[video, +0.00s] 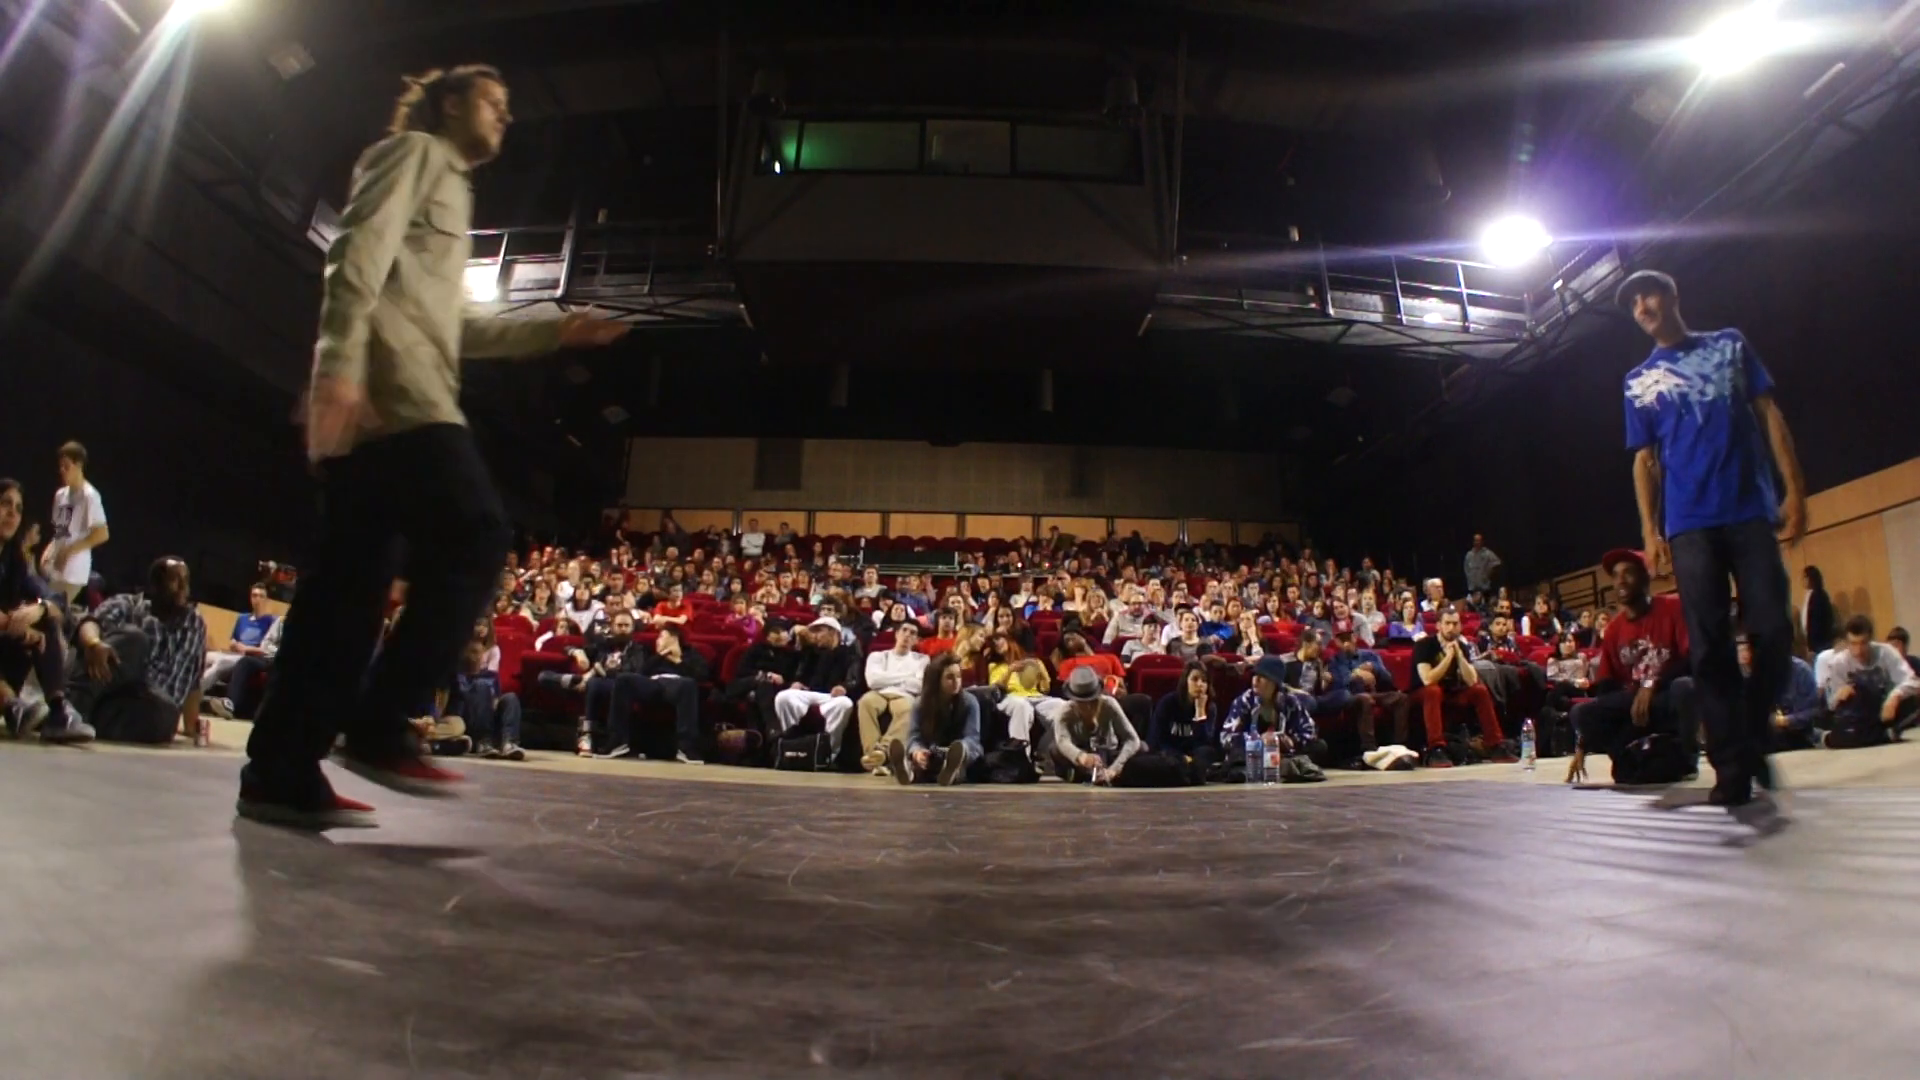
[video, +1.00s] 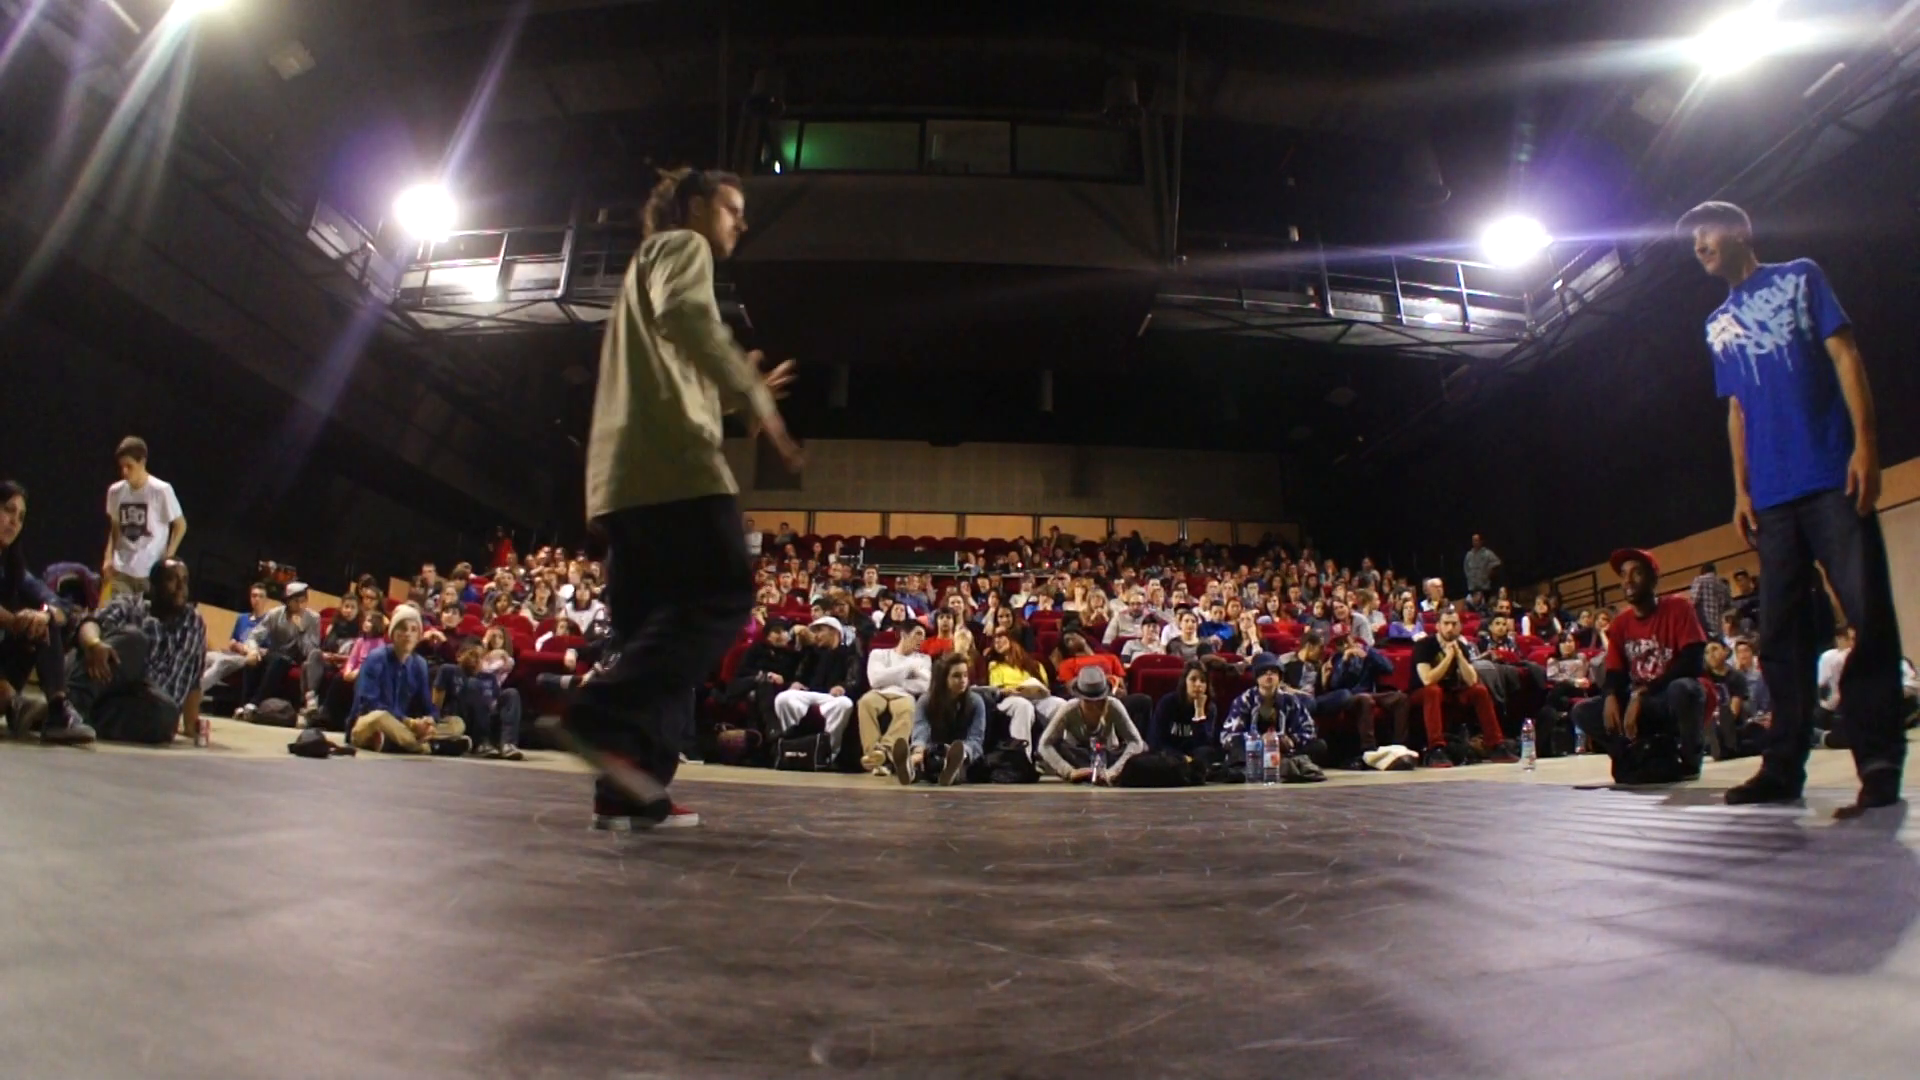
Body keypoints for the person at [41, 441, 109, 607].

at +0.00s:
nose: (62, 471)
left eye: (66, 466)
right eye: (61, 466)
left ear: (79, 465)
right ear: (60, 466)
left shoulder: (90, 495)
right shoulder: (61, 494)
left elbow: (102, 532)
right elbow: (60, 533)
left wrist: (69, 550)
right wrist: (49, 551)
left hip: (75, 568)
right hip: (56, 564)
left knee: (54, 615)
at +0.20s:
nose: (68, 473)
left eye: (71, 467)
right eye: (67, 467)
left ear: (84, 466)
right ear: (77, 467)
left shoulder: (92, 495)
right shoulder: (81, 493)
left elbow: (100, 535)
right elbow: (81, 535)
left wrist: (68, 562)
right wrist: (64, 558)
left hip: (83, 575)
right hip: (73, 572)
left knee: (64, 628)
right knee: (63, 627)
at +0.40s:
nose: (82, 478)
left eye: (85, 472)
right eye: (82, 472)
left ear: (97, 472)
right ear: (97, 472)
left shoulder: (100, 500)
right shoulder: (109, 498)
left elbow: (100, 538)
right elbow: (115, 538)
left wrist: (73, 548)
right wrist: (81, 548)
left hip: (92, 582)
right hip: (103, 580)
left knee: (69, 635)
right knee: (95, 634)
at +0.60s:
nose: (100, 474)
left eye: (104, 468)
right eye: (99, 469)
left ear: (117, 466)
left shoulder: (130, 493)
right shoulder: (112, 494)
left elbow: (140, 531)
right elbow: (114, 533)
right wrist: (100, 549)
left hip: (128, 576)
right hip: (110, 574)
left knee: (125, 628)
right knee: (91, 624)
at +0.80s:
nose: (118, 489)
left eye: (122, 483)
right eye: (116, 484)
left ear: (135, 480)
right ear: (113, 483)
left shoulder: (153, 509)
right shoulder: (119, 509)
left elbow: (175, 543)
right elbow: (121, 547)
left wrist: (162, 577)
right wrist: (113, 575)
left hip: (145, 584)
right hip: (121, 582)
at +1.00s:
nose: (124, 472)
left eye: (129, 467)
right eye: (122, 467)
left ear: (143, 462)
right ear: (119, 466)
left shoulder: (162, 490)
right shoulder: (115, 491)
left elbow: (180, 524)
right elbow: (114, 527)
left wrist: (168, 557)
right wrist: (108, 557)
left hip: (150, 569)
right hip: (122, 567)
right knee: (120, 620)